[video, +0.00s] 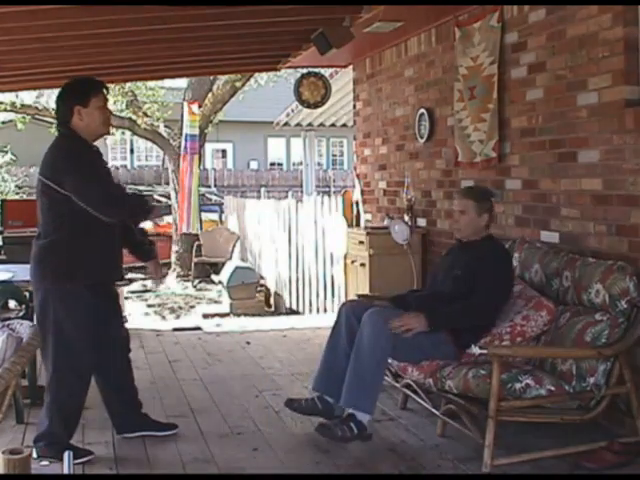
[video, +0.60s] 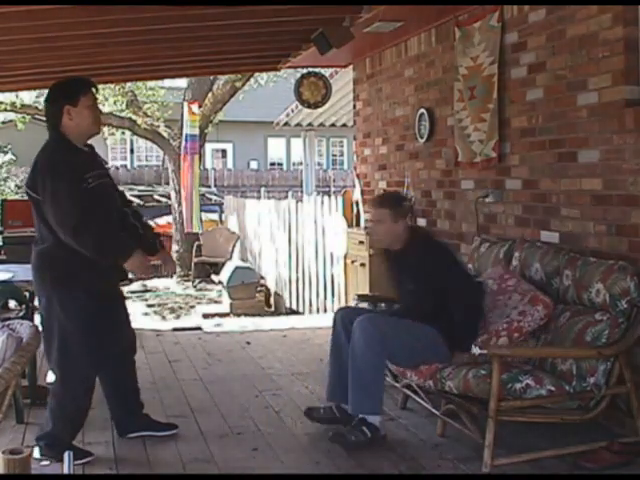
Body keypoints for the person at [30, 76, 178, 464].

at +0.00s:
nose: (110, 114)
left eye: (108, 106)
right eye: (103, 107)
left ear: (83, 113)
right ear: (78, 113)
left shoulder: (88, 154)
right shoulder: (65, 155)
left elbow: (111, 211)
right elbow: (105, 203)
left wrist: (145, 249)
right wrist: (147, 205)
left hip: (92, 273)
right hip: (64, 277)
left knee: (112, 349)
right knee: (70, 360)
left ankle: (129, 420)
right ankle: (51, 443)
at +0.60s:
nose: (100, 112)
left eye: (97, 104)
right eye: (92, 105)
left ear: (72, 114)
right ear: (68, 113)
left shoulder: (89, 158)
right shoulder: (54, 161)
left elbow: (118, 208)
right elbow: (74, 227)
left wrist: (152, 242)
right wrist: (126, 256)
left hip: (97, 274)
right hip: (65, 280)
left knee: (118, 348)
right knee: (75, 363)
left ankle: (130, 420)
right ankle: (55, 442)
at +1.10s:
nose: (98, 114)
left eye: (95, 106)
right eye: (90, 107)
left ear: (70, 115)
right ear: (66, 115)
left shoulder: (91, 159)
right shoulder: (48, 163)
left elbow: (115, 199)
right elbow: (67, 220)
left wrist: (152, 202)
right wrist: (119, 199)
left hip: (99, 278)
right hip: (62, 283)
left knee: (123, 347)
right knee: (76, 363)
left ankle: (135, 424)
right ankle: (54, 444)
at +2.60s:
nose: (118, 107)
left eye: (116, 100)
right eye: (112, 100)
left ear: (93, 106)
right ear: (89, 106)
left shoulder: (100, 149)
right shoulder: (71, 151)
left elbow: (137, 189)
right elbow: (121, 193)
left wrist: (166, 168)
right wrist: (165, 168)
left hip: (109, 273)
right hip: (78, 275)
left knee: (122, 351)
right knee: (71, 360)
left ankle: (134, 423)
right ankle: (51, 444)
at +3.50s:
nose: (115, 110)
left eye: (113, 103)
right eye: (106, 104)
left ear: (91, 109)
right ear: (80, 110)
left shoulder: (100, 154)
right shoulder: (68, 155)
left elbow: (127, 200)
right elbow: (108, 205)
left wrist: (166, 213)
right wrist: (164, 216)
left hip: (105, 275)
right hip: (71, 277)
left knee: (121, 351)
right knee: (70, 361)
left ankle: (134, 424)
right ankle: (51, 444)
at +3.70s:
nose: (108, 110)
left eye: (106, 102)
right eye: (100, 103)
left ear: (81, 110)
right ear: (73, 110)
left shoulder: (94, 154)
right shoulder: (62, 158)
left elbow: (116, 212)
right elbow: (93, 222)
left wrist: (153, 241)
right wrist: (141, 257)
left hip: (102, 273)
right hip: (69, 277)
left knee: (121, 350)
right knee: (69, 362)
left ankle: (134, 424)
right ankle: (52, 444)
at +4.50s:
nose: (102, 126)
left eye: (103, 118)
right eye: (98, 117)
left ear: (75, 116)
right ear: (74, 115)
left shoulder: (78, 157)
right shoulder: (52, 160)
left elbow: (94, 203)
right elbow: (65, 223)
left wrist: (131, 202)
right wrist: (122, 216)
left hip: (95, 279)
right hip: (65, 284)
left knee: (121, 348)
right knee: (79, 364)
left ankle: (135, 424)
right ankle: (52, 445)